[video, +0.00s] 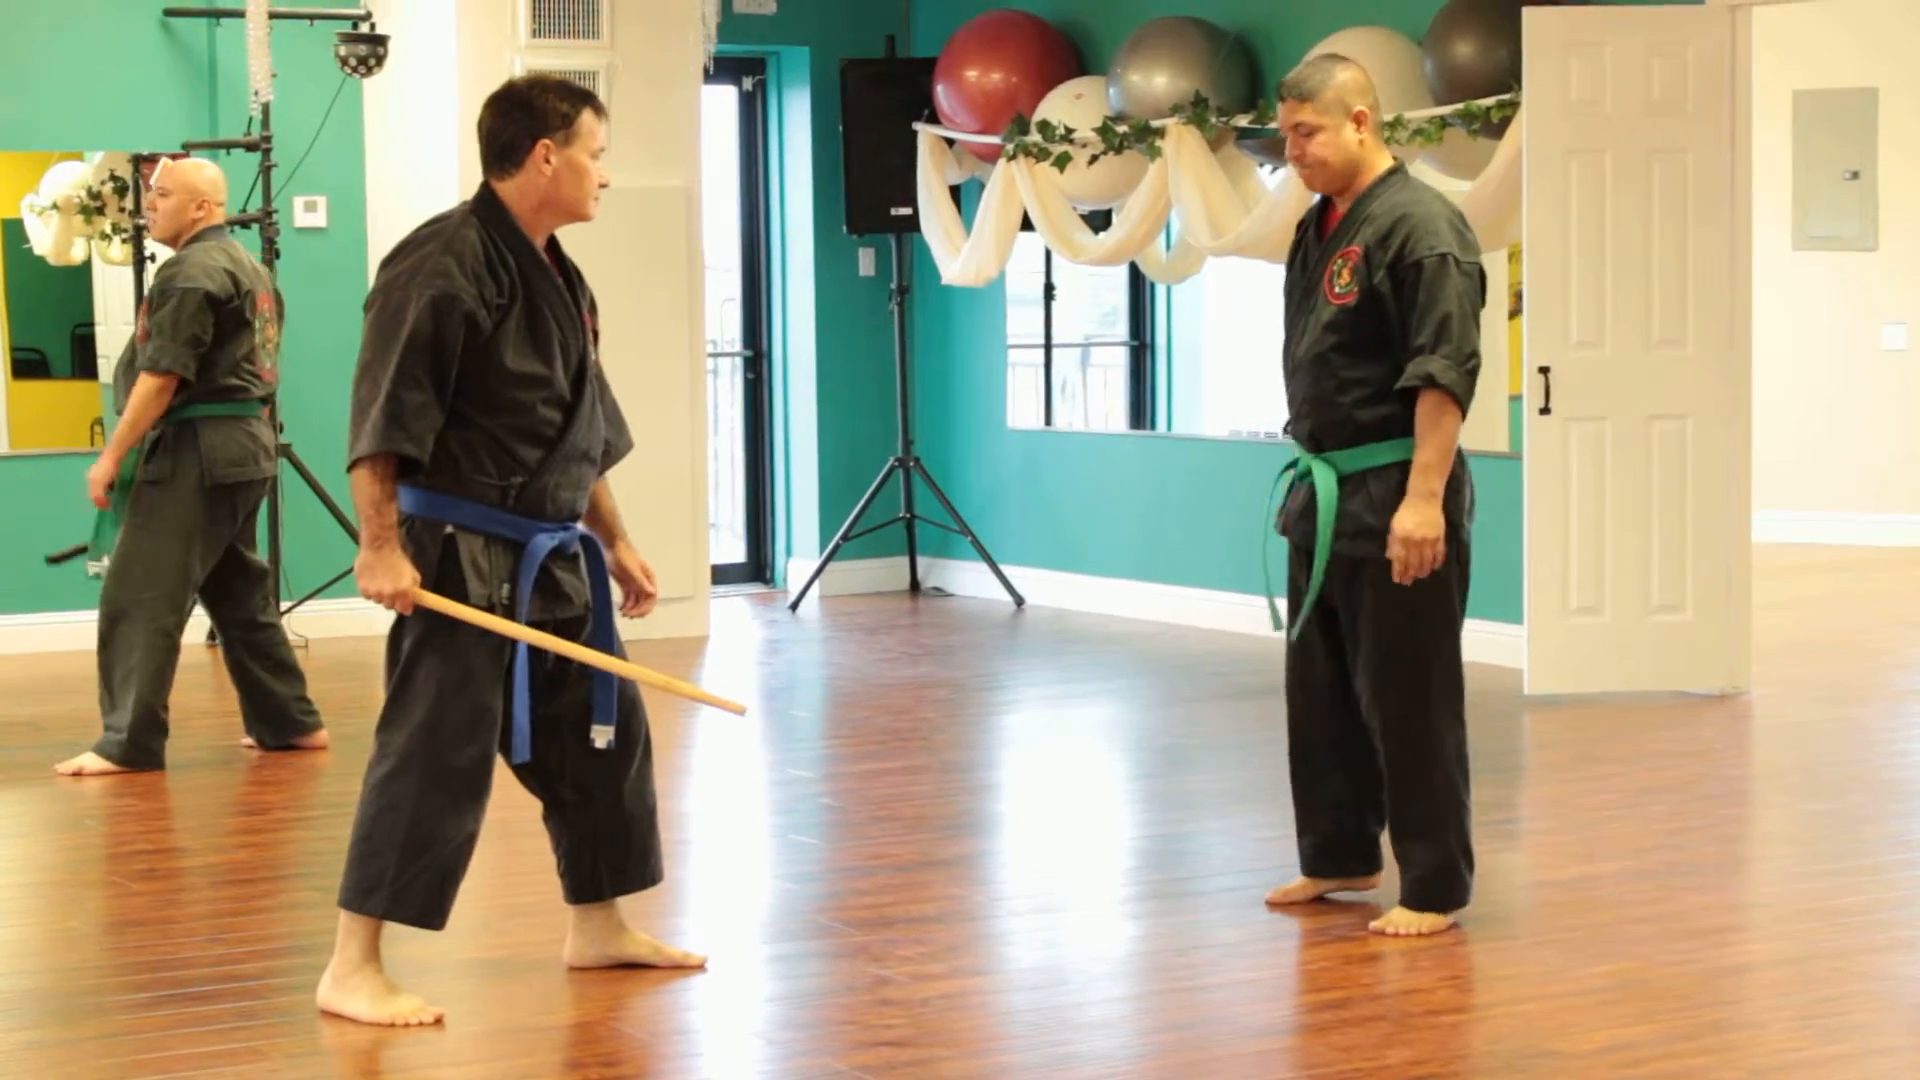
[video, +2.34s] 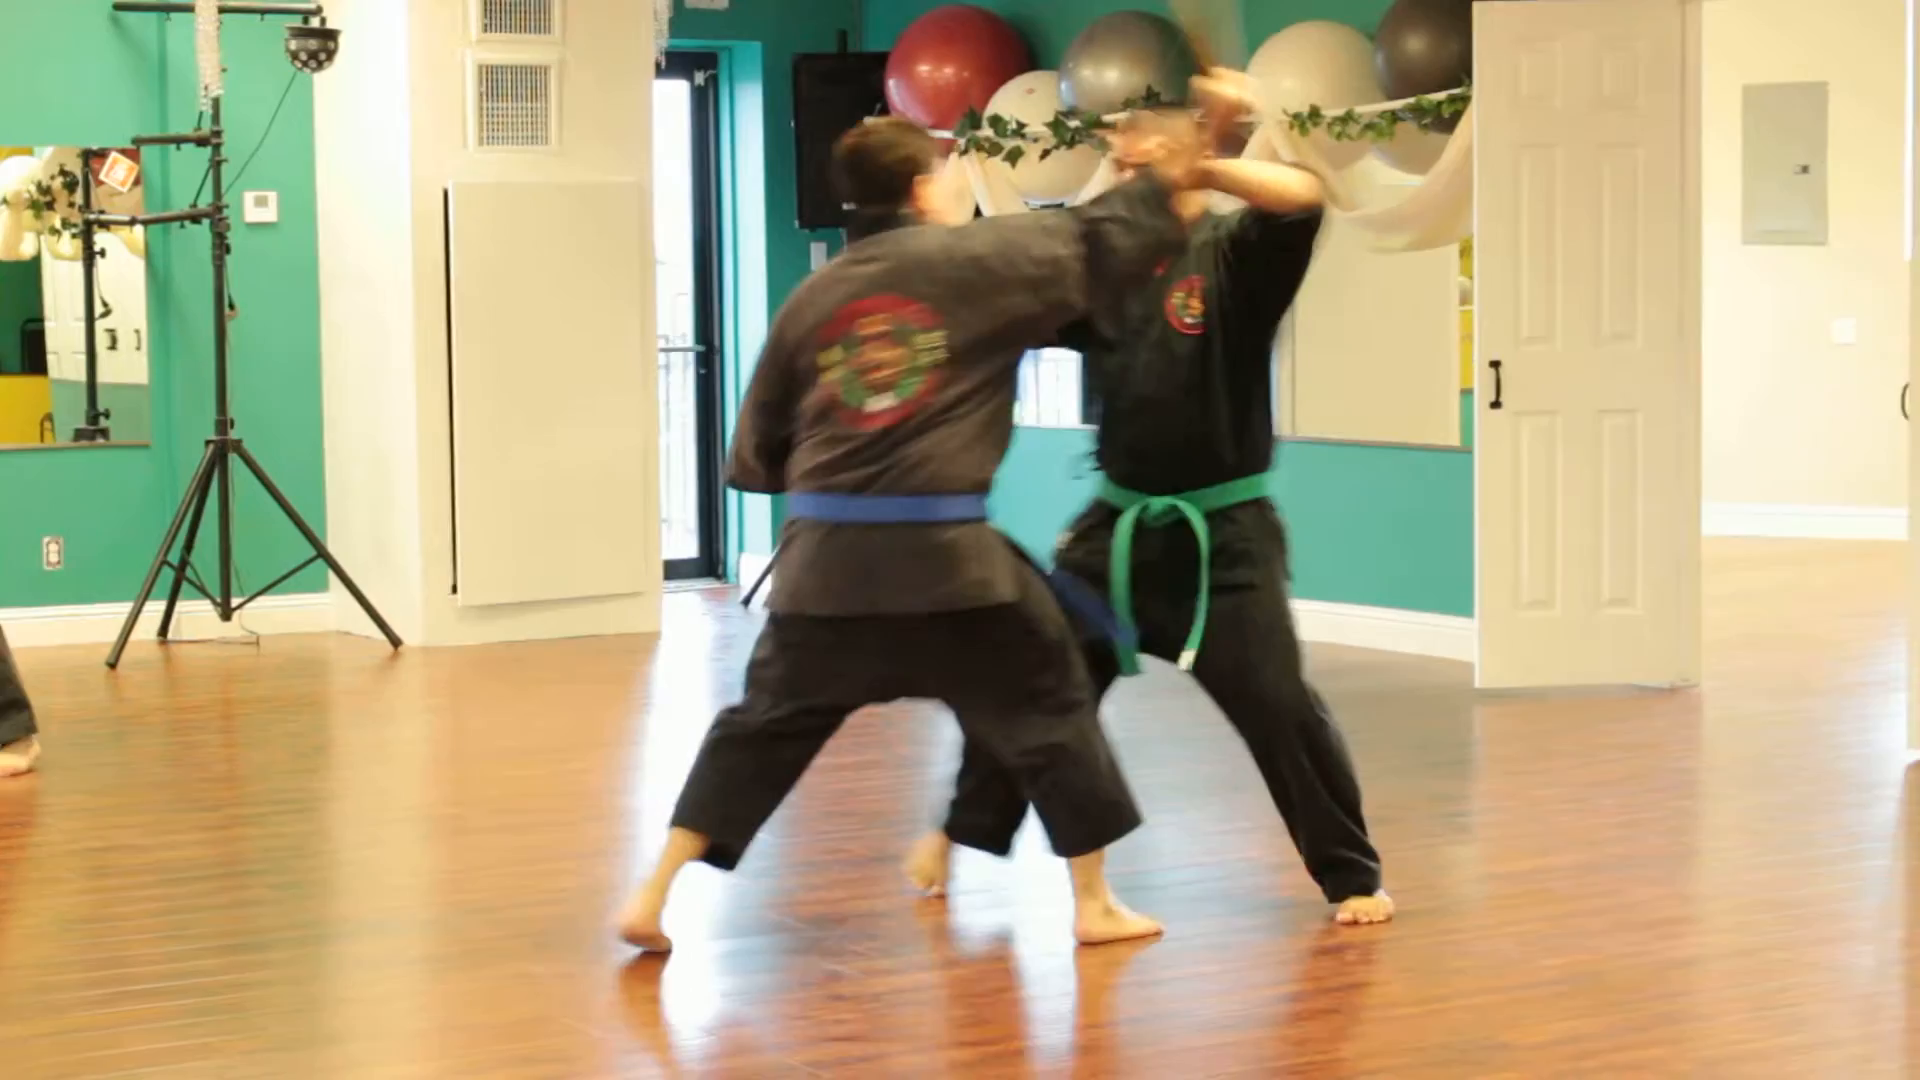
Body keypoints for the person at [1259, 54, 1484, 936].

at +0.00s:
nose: (1292, 152)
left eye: (1305, 134)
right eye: (1286, 137)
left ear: (1361, 123)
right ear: (1299, 137)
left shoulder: (1423, 225)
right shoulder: (1317, 226)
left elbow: (1444, 373)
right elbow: (1317, 360)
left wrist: (1424, 496)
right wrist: (1305, 475)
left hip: (1399, 480)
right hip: (1326, 480)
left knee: (1410, 693)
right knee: (1324, 684)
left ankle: (1435, 890)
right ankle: (1343, 861)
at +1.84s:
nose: (1276, 131)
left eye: (1295, 116)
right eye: (1274, 118)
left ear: (1352, 127)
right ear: (1291, 132)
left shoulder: (1377, 233)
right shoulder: (1313, 228)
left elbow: (1375, 385)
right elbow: (1312, 373)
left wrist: (1301, 477)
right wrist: (1268, 454)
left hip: (1385, 487)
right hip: (1318, 480)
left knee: (1375, 679)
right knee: (1307, 675)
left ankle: (1388, 873)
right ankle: (1336, 861)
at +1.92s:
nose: (1272, 144)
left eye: (1291, 129)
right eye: (1269, 131)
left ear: (1347, 140)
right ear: (1274, 145)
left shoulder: (1366, 239)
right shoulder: (1310, 241)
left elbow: (1335, 370)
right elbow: (1283, 369)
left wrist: (1220, 383)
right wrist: (1264, 387)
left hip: (1379, 497)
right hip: (1303, 494)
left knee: (1373, 688)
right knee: (1246, 658)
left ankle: (1384, 873)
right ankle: (1308, 824)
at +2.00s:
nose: (1268, 154)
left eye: (1286, 139)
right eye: (1264, 140)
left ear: (1340, 150)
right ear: (1269, 153)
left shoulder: (1359, 253)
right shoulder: (1309, 244)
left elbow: (1255, 349)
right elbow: (1282, 296)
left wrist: (1170, 291)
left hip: (1371, 505)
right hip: (1291, 500)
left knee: (1366, 684)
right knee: (1199, 642)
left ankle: (1383, 878)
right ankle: (1226, 812)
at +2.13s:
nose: (1248, 163)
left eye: (1265, 146)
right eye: (1241, 150)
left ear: (1321, 153)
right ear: (1243, 164)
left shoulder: (1337, 247)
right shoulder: (1267, 246)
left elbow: (1232, 291)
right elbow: (1201, 280)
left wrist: (1146, 230)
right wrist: (1168, 204)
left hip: (1343, 513)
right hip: (1257, 510)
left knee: (1338, 691)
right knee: (1159, 663)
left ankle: (1382, 884)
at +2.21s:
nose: (1194, 169)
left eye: (1210, 154)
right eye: (1188, 156)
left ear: (1265, 162)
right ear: (1185, 167)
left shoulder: (1293, 246)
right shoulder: (1191, 261)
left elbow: (1219, 245)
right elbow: (1128, 295)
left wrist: (1116, 212)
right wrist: (1079, 205)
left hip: (1284, 513)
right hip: (1189, 510)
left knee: (1299, 694)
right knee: (1096, 676)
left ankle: (1348, 884)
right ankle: (1016, 826)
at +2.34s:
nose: (1133, 163)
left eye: (1154, 146)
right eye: (1125, 149)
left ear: (1198, 158)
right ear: (1112, 162)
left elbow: (1305, 199)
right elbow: (999, 282)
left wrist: (1201, 167)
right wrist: (959, 194)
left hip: (1228, 516)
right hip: (1121, 515)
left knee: (1270, 694)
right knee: (1041, 672)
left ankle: (1353, 880)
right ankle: (953, 831)